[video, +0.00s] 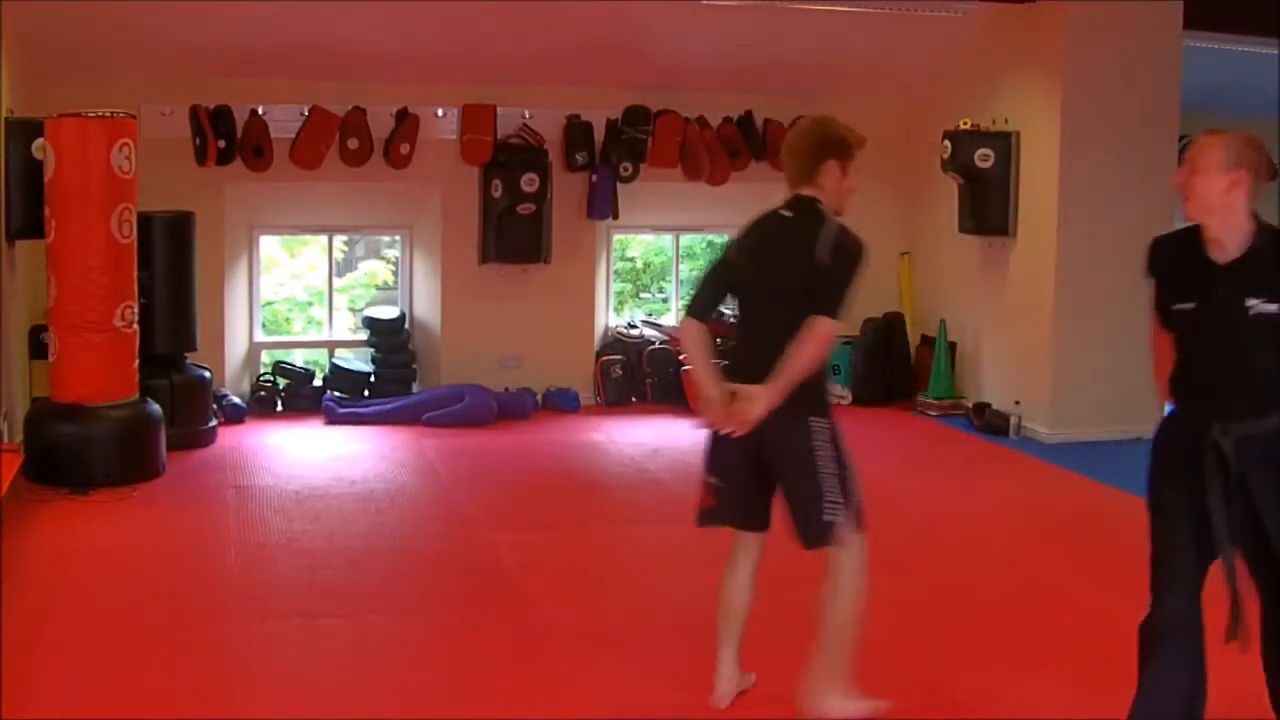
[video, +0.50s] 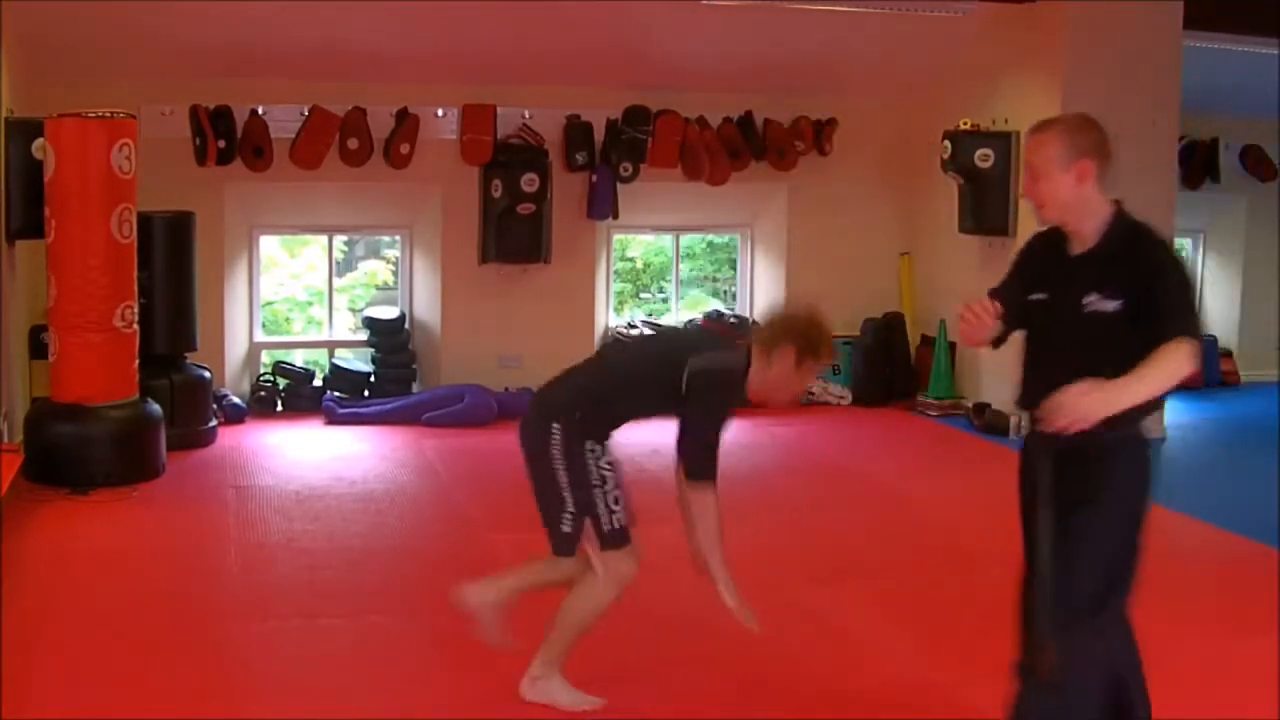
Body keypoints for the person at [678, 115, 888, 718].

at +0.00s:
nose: (853, 182)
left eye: (851, 171)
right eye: (850, 171)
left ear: (796, 171)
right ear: (831, 171)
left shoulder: (754, 232)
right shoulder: (839, 241)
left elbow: (694, 320)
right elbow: (821, 330)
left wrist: (713, 394)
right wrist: (767, 394)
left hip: (737, 409)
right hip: (799, 412)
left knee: (745, 541)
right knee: (847, 543)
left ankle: (725, 675)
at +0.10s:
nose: (833, 185)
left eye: (836, 174)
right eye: (832, 173)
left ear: (780, 164)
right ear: (810, 165)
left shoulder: (735, 220)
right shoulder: (795, 230)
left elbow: (668, 303)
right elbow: (771, 320)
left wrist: (667, 387)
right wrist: (735, 395)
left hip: (713, 396)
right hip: (756, 405)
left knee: (734, 535)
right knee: (789, 541)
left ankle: (717, 666)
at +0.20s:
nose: (816, 197)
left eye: (820, 185)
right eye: (812, 183)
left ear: (769, 172)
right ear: (785, 173)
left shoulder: (721, 222)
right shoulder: (760, 235)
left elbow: (655, 315)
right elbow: (725, 337)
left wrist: (644, 406)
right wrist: (710, 432)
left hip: (691, 391)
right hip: (708, 400)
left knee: (725, 539)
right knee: (702, 548)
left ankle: (718, 670)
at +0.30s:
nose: (809, 242)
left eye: (814, 231)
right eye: (810, 228)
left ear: (775, 213)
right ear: (784, 214)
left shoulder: (713, 254)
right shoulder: (737, 269)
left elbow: (666, 350)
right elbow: (703, 378)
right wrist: (699, 483)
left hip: (663, 416)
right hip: (646, 420)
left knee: (720, 516)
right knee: (634, 569)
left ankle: (680, 652)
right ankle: (543, 673)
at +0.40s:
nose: (811, 309)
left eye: (817, 298)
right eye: (812, 295)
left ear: (777, 277)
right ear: (785, 280)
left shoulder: (716, 305)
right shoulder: (722, 320)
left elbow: (671, 409)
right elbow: (695, 436)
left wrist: (677, 484)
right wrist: (705, 540)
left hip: (613, 426)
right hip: (591, 428)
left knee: (677, 526)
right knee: (631, 576)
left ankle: (606, 630)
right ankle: (543, 672)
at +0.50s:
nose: (804, 390)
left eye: (811, 379)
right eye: (808, 376)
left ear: (777, 353)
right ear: (783, 357)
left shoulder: (718, 359)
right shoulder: (717, 371)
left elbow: (689, 470)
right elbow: (700, 480)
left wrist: (698, 545)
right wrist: (725, 583)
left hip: (573, 421)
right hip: (563, 424)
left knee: (588, 562)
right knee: (614, 568)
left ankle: (488, 591)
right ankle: (542, 675)